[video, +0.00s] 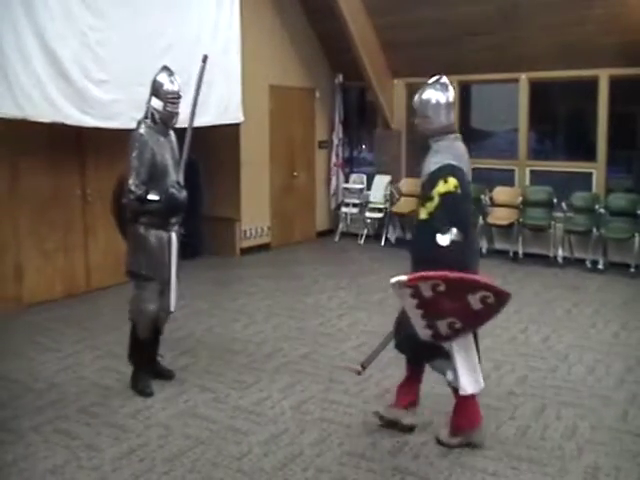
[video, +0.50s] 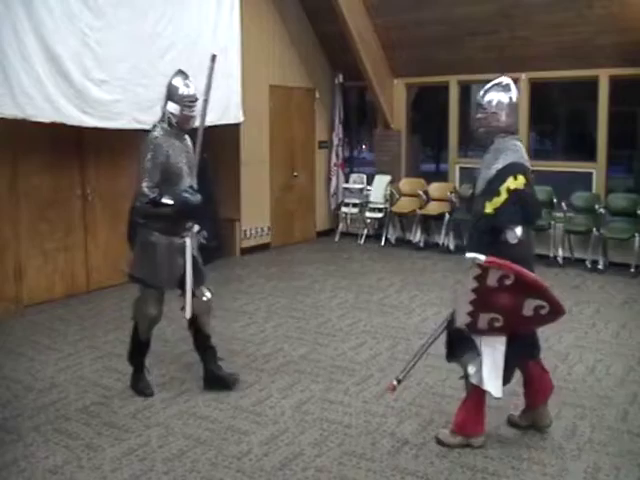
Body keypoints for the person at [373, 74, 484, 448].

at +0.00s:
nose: (418, 123)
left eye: (425, 115)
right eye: (418, 115)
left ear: (441, 117)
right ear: (439, 119)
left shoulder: (444, 164)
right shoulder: (441, 154)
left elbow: (447, 230)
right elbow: (436, 223)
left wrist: (425, 278)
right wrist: (422, 263)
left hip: (447, 269)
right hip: (436, 264)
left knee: (455, 344)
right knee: (415, 335)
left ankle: (467, 419)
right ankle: (404, 405)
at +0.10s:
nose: (428, 120)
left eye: (435, 113)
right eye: (428, 112)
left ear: (454, 114)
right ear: (449, 117)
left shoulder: (460, 164)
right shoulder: (449, 156)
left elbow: (462, 234)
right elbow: (444, 225)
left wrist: (455, 287)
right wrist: (431, 269)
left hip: (458, 272)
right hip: (443, 266)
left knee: (462, 344)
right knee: (428, 334)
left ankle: (468, 420)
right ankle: (438, 398)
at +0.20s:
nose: (441, 116)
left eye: (450, 110)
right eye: (441, 109)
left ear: (470, 114)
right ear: (448, 114)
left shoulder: (473, 164)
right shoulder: (458, 156)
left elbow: (479, 237)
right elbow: (457, 228)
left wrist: (472, 291)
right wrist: (442, 280)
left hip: (467, 274)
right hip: (453, 269)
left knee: (471, 342)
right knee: (445, 343)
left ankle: (467, 423)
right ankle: (476, 395)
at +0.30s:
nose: (452, 116)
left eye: (461, 110)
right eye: (452, 109)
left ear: (481, 115)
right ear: (461, 112)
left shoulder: (485, 161)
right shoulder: (469, 155)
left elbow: (490, 229)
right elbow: (465, 222)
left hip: (477, 270)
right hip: (461, 265)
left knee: (476, 344)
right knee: (452, 342)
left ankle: (468, 426)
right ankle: (510, 393)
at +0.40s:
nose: (469, 117)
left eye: (476, 110)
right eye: (469, 109)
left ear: (495, 115)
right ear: (476, 112)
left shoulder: (497, 157)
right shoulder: (484, 153)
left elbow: (500, 222)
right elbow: (480, 214)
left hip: (485, 264)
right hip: (479, 259)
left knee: (471, 341)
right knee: (503, 334)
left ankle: (468, 424)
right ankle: (531, 402)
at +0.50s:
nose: (478, 117)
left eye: (486, 110)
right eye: (478, 110)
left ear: (505, 115)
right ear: (489, 116)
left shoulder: (507, 161)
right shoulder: (499, 155)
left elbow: (504, 224)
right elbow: (494, 214)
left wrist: (481, 273)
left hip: (499, 265)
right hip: (507, 261)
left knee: (479, 342)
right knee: (518, 335)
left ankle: (469, 424)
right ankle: (538, 406)